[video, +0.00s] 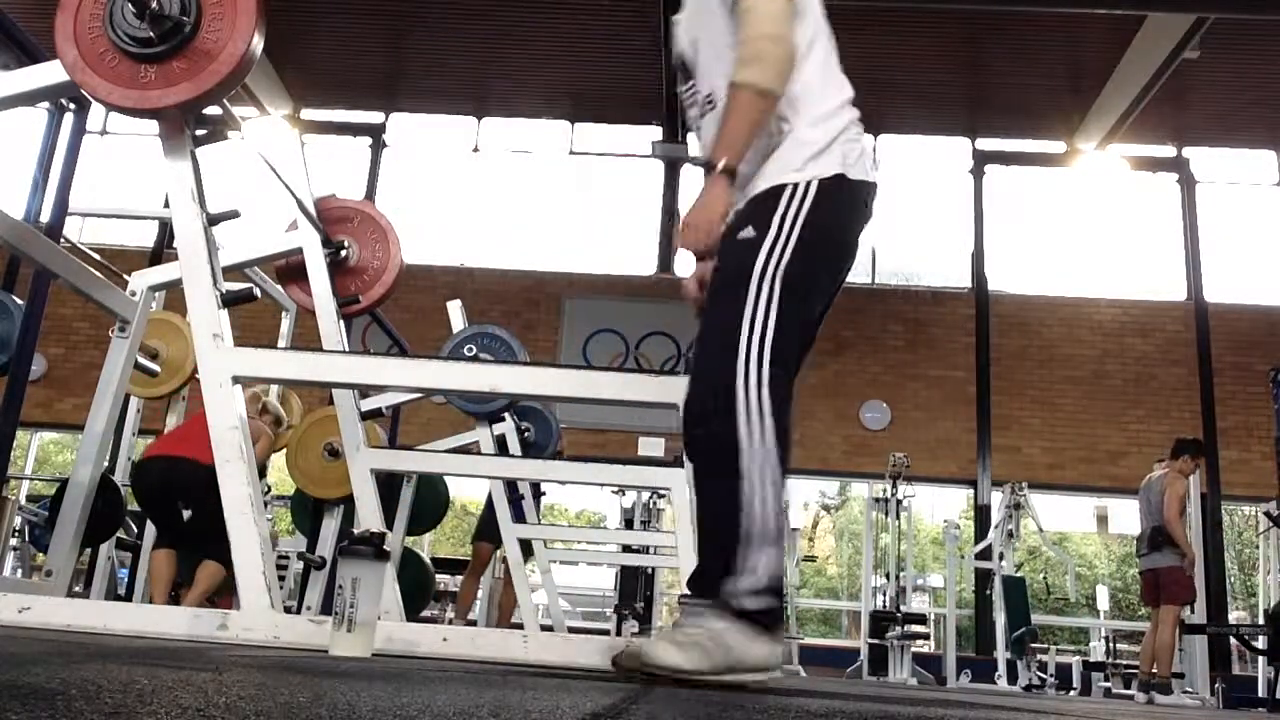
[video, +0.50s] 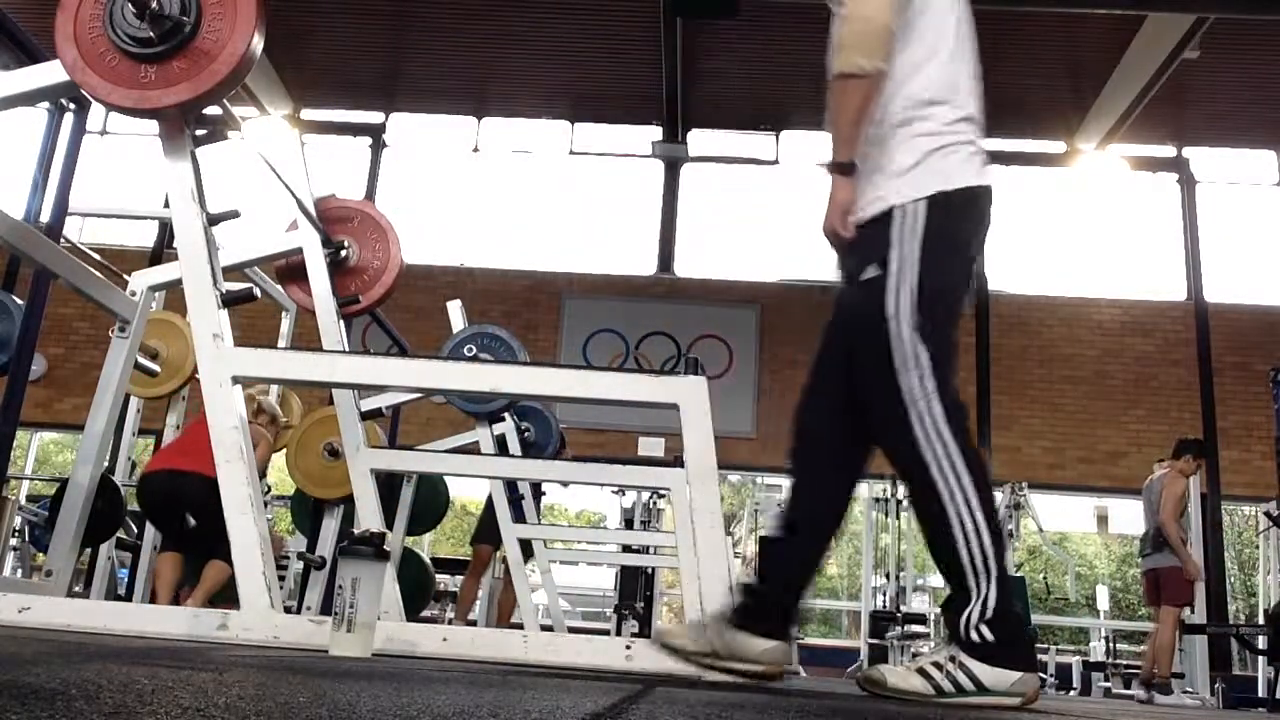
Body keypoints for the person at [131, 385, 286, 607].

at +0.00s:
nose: (271, 432)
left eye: (274, 429)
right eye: (273, 428)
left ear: (249, 408)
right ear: (267, 418)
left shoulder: (215, 412)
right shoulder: (264, 433)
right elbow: (250, 471)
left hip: (147, 467)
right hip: (198, 471)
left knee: (167, 533)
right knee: (222, 544)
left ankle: (159, 609)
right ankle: (189, 606)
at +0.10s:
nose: (273, 437)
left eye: (276, 434)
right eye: (275, 432)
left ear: (245, 407)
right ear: (269, 423)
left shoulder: (212, 414)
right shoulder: (263, 434)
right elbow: (248, 473)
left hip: (147, 469)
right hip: (199, 473)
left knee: (167, 533)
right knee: (223, 542)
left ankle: (158, 610)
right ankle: (190, 605)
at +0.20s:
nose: (272, 437)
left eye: (275, 434)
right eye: (274, 432)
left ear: (248, 411)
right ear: (267, 423)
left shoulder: (212, 415)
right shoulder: (263, 436)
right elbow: (247, 474)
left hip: (146, 471)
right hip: (196, 475)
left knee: (166, 533)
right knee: (223, 543)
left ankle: (158, 609)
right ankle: (190, 606)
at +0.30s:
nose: (272, 436)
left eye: (275, 433)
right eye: (274, 431)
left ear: (250, 412)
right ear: (267, 422)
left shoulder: (212, 415)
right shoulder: (263, 436)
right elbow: (249, 474)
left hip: (149, 471)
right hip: (199, 475)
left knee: (167, 534)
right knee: (226, 543)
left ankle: (158, 610)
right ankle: (191, 605)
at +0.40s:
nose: (272, 438)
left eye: (275, 434)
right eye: (273, 432)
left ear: (246, 412)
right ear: (265, 423)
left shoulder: (210, 418)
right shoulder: (262, 437)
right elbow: (250, 477)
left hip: (150, 477)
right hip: (201, 480)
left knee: (169, 537)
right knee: (229, 544)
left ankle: (159, 610)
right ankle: (195, 603)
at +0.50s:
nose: (272, 433)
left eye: (275, 429)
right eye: (274, 428)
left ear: (245, 411)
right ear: (264, 420)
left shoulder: (206, 419)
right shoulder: (262, 437)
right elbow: (251, 479)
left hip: (153, 479)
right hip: (202, 483)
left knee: (172, 536)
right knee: (229, 544)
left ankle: (162, 609)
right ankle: (195, 602)